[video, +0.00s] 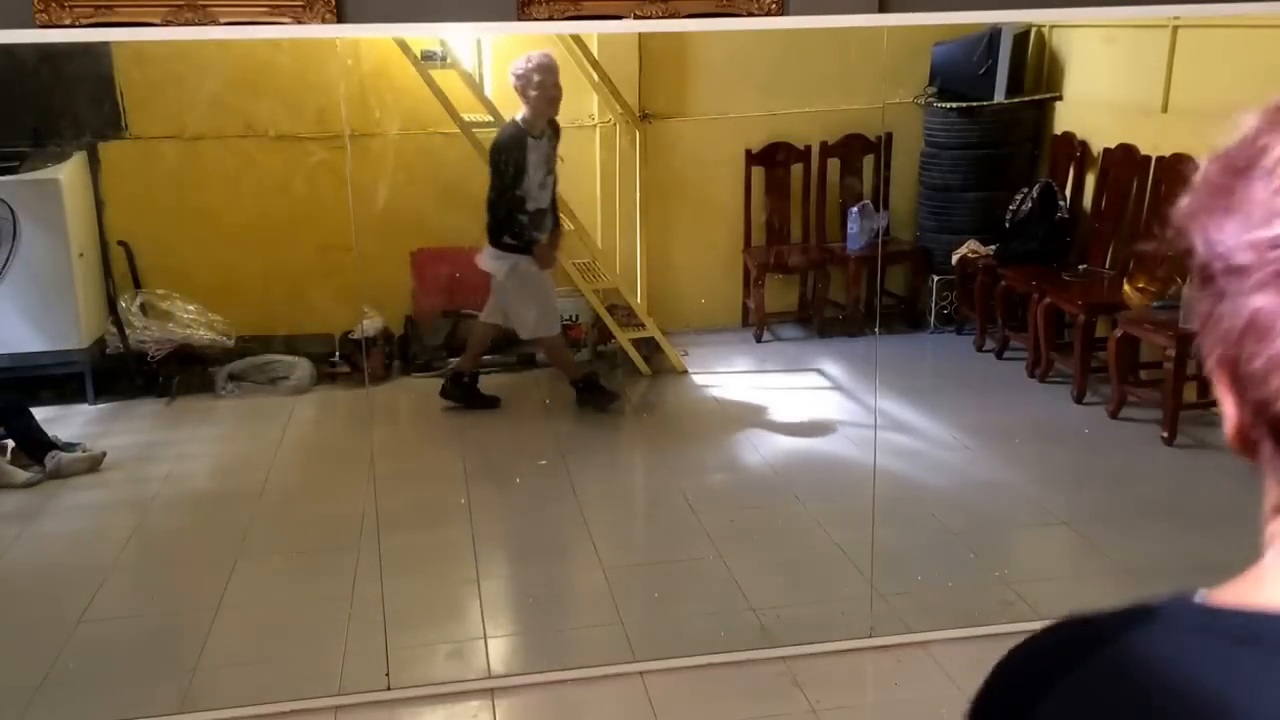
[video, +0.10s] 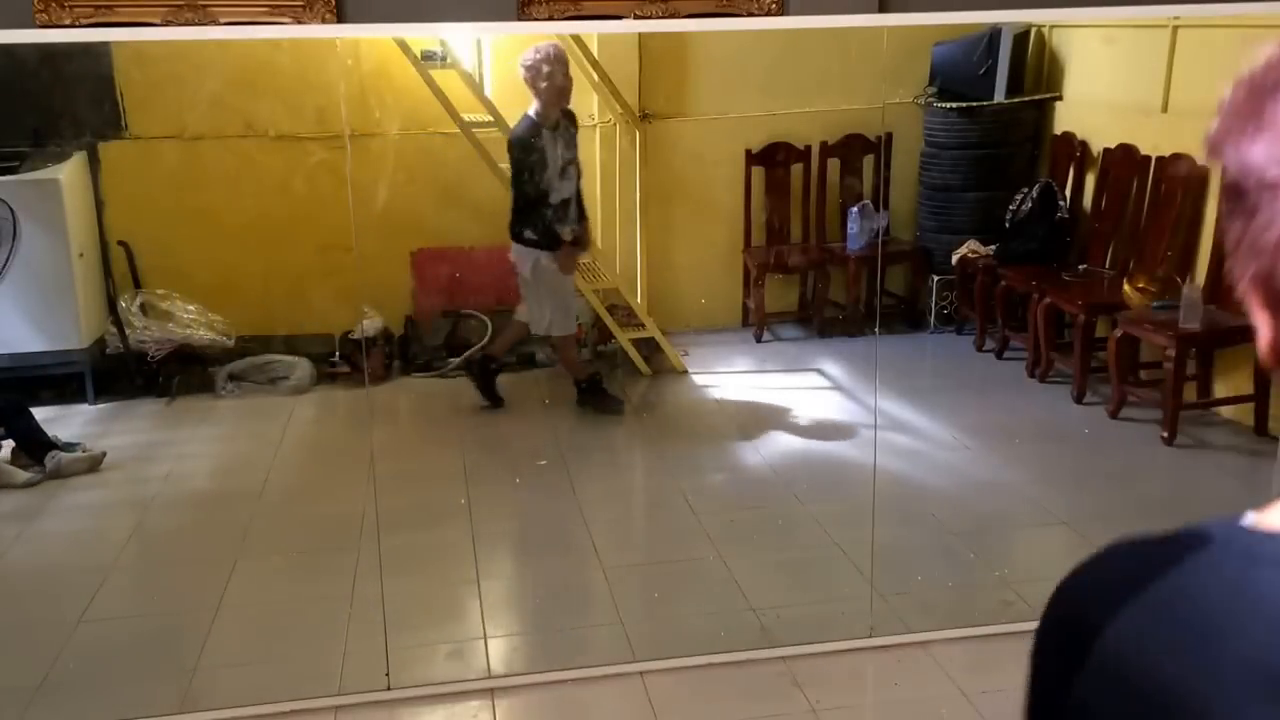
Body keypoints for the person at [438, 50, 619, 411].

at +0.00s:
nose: (556, 92)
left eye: (557, 83)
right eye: (545, 86)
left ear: (559, 86)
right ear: (523, 92)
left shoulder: (551, 132)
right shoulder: (509, 142)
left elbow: (547, 187)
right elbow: (499, 214)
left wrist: (554, 229)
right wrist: (533, 245)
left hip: (531, 247)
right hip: (510, 251)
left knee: (494, 316)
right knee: (545, 320)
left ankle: (461, 379)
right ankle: (582, 384)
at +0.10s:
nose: (569, 82)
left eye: (569, 74)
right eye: (559, 76)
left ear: (568, 77)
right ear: (536, 83)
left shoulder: (568, 122)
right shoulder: (524, 136)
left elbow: (572, 180)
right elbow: (528, 203)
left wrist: (582, 223)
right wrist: (558, 245)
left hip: (561, 240)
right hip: (534, 243)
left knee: (534, 312)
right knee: (562, 318)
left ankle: (486, 362)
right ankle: (586, 386)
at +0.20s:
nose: (576, 76)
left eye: (577, 68)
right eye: (567, 70)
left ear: (577, 73)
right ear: (544, 77)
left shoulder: (581, 117)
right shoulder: (537, 132)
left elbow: (594, 172)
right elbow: (551, 196)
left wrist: (609, 220)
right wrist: (581, 243)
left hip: (587, 235)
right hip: (556, 240)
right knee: (573, 322)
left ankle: (536, 356)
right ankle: (587, 387)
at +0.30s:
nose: (581, 70)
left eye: (583, 62)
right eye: (570, 64)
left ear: (589, 67)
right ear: (550, 72)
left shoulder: (595, 115)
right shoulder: (547, 127)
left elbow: (611, 172)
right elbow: (561, 193)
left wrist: (631, 220)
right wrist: (598, 236)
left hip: (603, 232)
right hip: (570, 238)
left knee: (601, 306)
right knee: (579, 314)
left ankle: (590, 368)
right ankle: (586, 387)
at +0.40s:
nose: (592, 69)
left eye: (594, 61)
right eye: (581, 63)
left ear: (599, 67)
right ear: (560, 71)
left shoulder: (611, 113)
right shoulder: (557, 126)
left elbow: (627, 167)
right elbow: (570, 195)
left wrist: (645, 217)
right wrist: (609, 236)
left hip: (619, 232)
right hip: (580, 238)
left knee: (640, 308)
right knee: (586, 318)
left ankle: (640, 384)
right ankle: (588, 387)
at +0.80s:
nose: (650, 66)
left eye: (658, 60)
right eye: (642, 59)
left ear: (667, 68)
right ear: (626, 65)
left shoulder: (681, 120)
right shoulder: (606, 125)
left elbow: (692, 179)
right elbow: (580, 187)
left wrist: (705, 225)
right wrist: (590, 234)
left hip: (675, 249)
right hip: (624, 254)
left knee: (679, 334)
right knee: (619, 336)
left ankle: (676, 409)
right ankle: (609, 372)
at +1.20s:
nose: (673, 67)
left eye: (682, 60)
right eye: (666, 59)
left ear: (695, 65)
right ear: (653, 64)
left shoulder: (713, 121)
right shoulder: (630, 124)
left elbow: (729, 177)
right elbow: (613, 181)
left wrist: (731, 228)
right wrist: (610, 232)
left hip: (699, 255)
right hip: (645, 256)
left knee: (692, 340)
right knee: (651, 343)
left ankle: (675, 406)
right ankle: (653, 427)